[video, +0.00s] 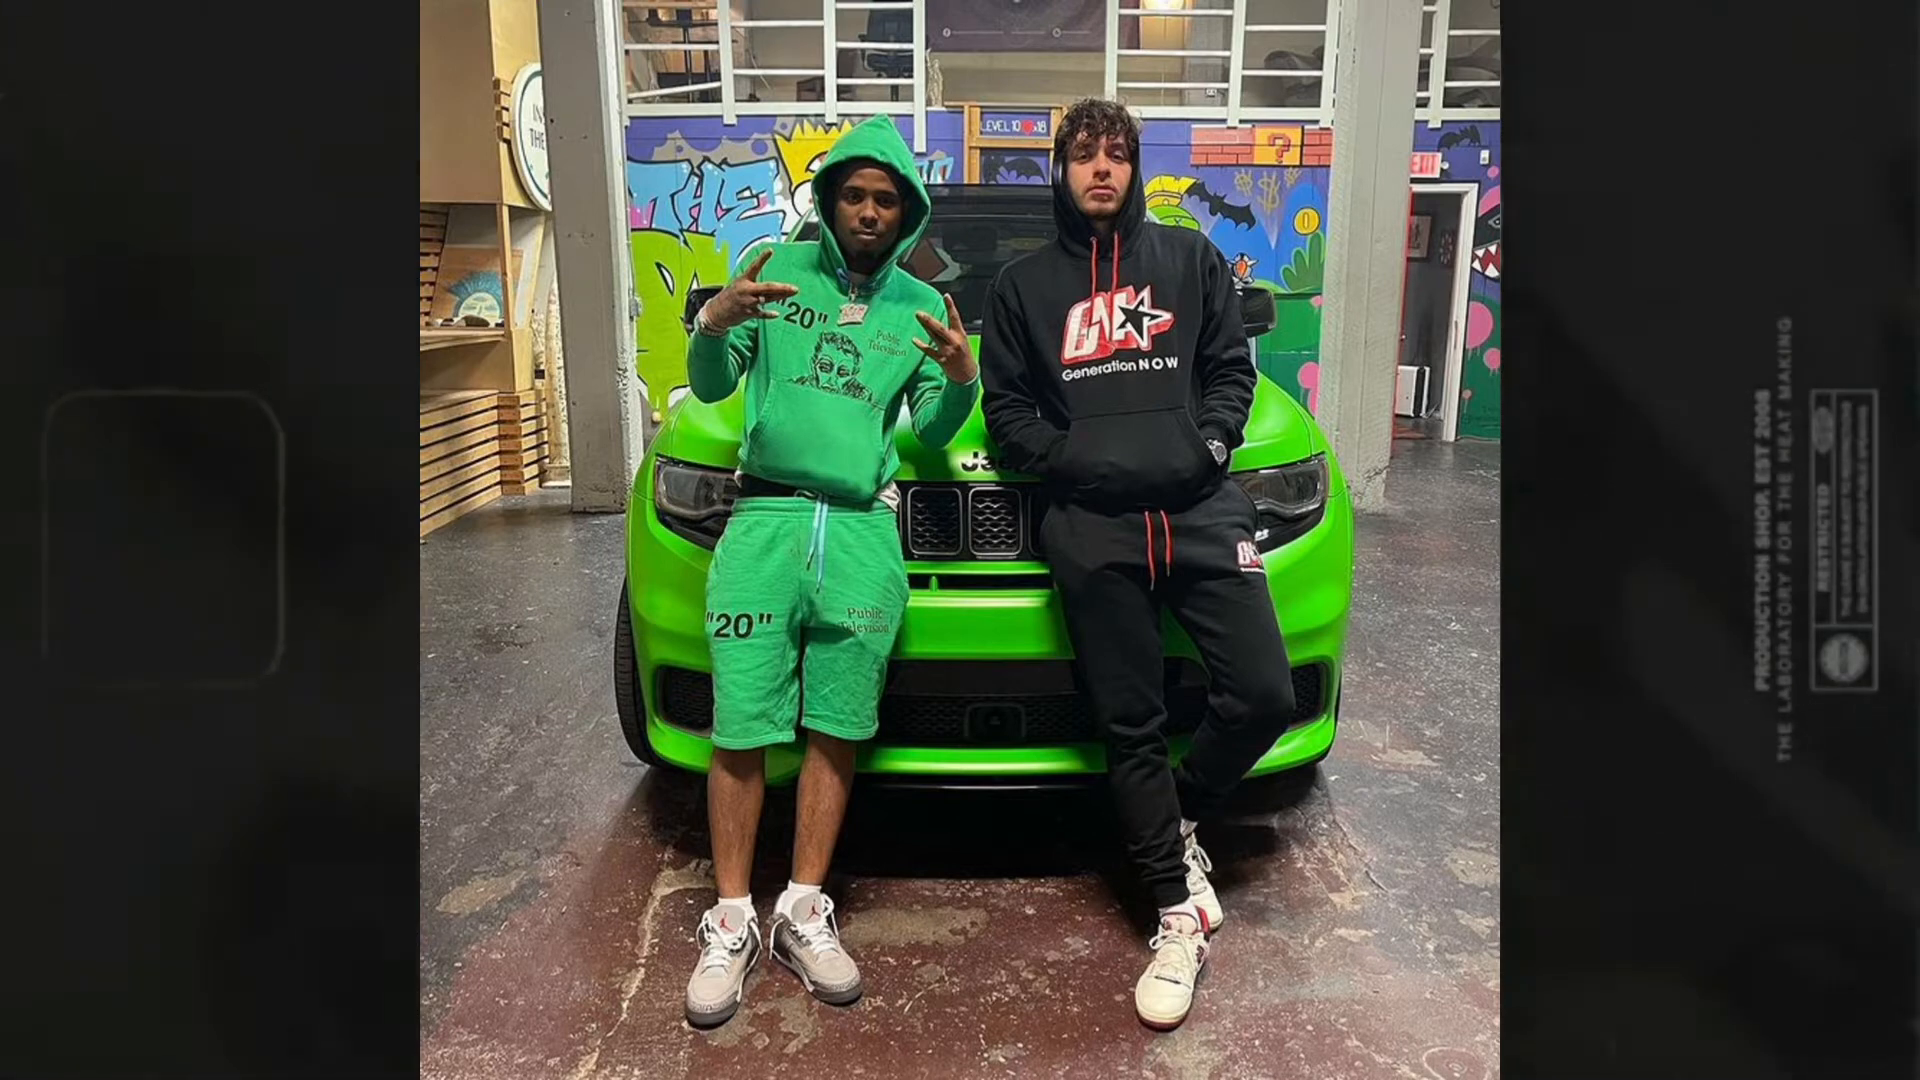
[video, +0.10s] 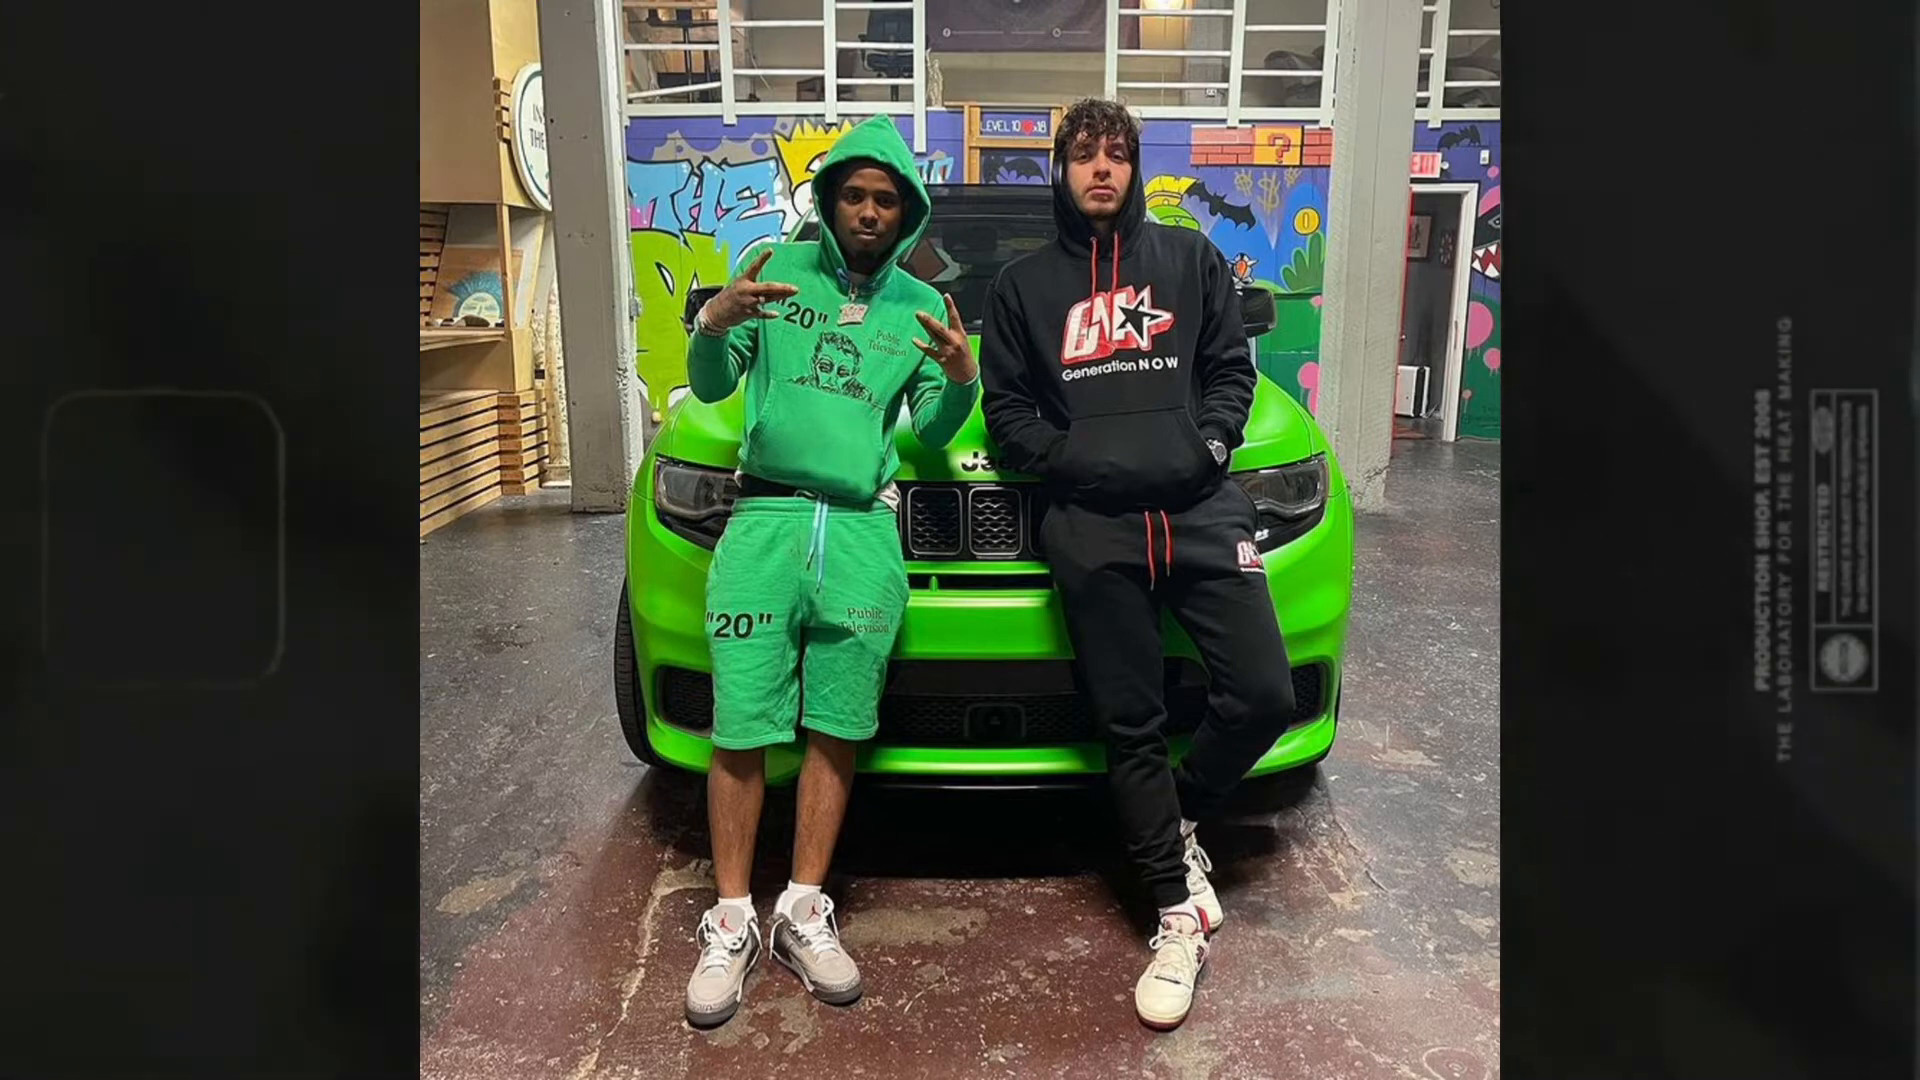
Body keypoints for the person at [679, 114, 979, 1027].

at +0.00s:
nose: (868, 212)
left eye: (885, 198)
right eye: (854, 196)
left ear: (907, 211)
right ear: (827, 202)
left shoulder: (923, 305)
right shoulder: (776, 268)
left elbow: (923, 439)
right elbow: (712, 384)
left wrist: (961, 380)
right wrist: (713, 322)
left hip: (861, 527)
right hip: (763, 517)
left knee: (838, 728)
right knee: (741, 728)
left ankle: (805, 908)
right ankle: (732, 919)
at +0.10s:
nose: (868, 212)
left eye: (885, 198)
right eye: (854, 196)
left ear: (907, 211)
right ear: (827, 202)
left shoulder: (923, 305)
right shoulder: (776, 268)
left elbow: (923, 439)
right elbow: (712, 384)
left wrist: (961, 380)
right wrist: (713, 322)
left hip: (861, 527)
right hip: (763, 517)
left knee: (838, 728)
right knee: (741, 728)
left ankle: (805, 908)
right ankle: (732, 919)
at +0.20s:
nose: (868, 212)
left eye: (885, 198)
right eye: (854, 196)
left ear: (907, 211)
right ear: (827, 202)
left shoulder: (923, 305)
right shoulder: (776, 268)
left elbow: (923, 439)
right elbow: (712, 384)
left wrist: (961, 380)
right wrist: (713, 322)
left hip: (861, 527)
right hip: (763, 517)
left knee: (838, 728)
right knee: (741, 728)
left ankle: (805, 908)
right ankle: (732, 919)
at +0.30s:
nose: (868, 212)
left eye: (885, 198)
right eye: (854, 196)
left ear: (907, 212)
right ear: (827, 202)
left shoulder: (923, 305)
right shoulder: (776, 268)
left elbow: (923, 439)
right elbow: (712, 384)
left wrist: (961, 380)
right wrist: (713, 322)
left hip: (861, 527)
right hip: (763, 517)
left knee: (838, 728)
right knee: (741, 728)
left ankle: (805, 908)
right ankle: (732, 919)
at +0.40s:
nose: (868, 212)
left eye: (885, 198)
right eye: (854, 196)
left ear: (907, 211)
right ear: (827, 202)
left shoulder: (923, 305)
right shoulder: (776, 268)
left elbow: (923, 439)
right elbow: (712, 384)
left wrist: (961, 380)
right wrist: (713, 322)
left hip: (861, 527)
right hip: (763, 517)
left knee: (838, 728)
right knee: (741, 728)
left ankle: (805, 908)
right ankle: (732, 919)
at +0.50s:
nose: (868, 212)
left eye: (885, 198)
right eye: (854, 196)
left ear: (907, 211)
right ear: (827, 202)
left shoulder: (923, 305)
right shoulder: (776, 268)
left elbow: (923, 439)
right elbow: (712, 384)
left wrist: (961, 380)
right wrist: (713, 322)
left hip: (861, 527)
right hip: (763, 517)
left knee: (838, 728)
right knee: (741, 728)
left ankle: (805, 908)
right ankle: (732, 919)